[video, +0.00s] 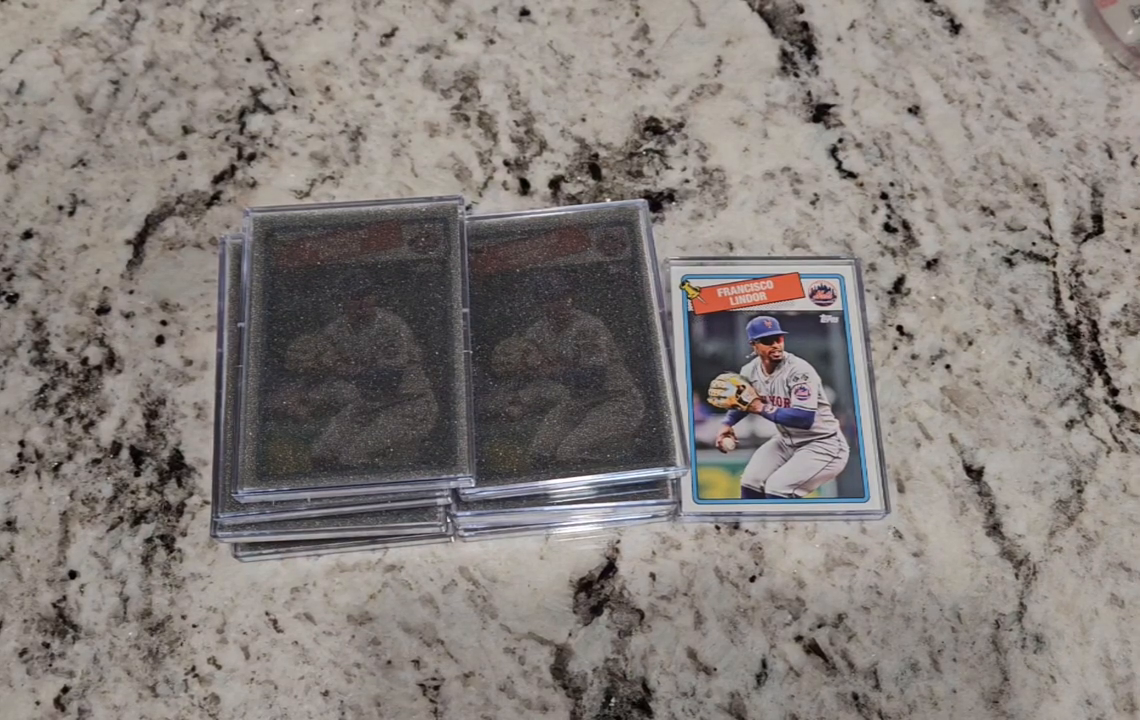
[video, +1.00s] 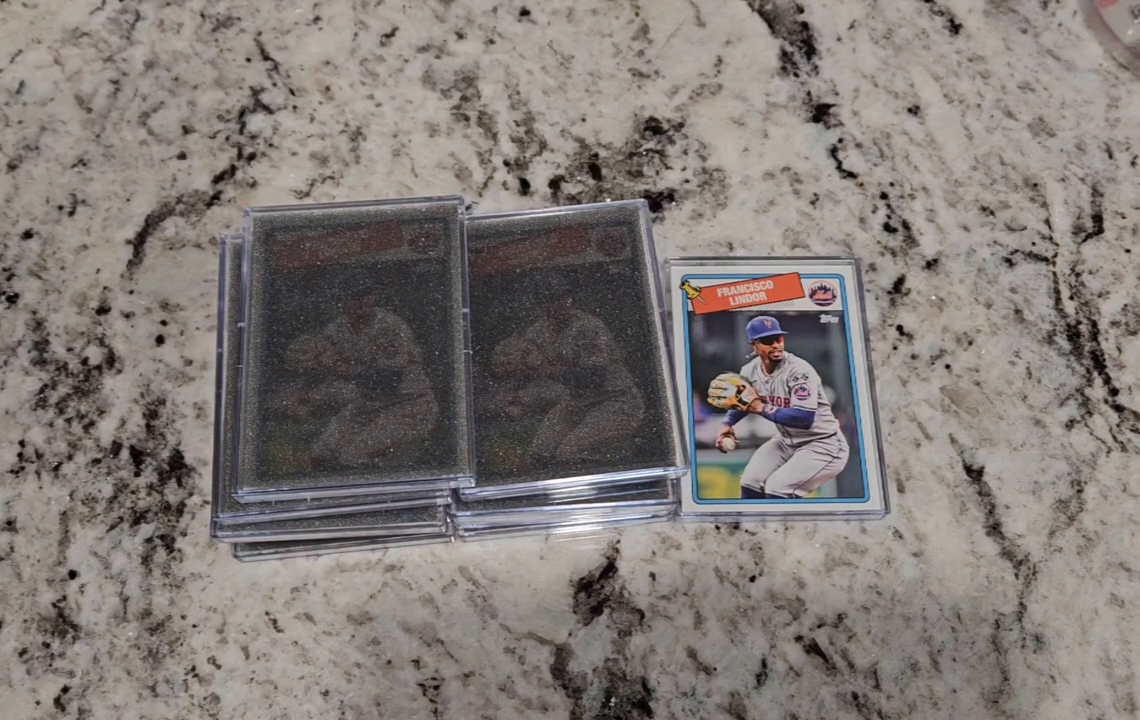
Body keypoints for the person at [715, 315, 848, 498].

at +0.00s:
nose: (776, 346)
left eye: (778, 339)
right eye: (767, 342)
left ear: (783, 339)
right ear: (754, 346)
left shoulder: (801, 371)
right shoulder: (749, 372)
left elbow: (804, 419)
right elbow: (743, 403)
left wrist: (761, 407)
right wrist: (726, 425)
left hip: (824, 446)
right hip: (786, 443)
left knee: (777, 488)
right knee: (751, 483)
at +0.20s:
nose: (776, 346)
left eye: (778, 339)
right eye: (768, 342)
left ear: (783, 339)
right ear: (754, 346)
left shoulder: (801, 371)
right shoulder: (749, 372)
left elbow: (804, 419)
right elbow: (743, 403)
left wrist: (760, 407)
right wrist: (726, 425)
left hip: (824, 446)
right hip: (786, 443)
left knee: (777, 488)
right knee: (750, 483)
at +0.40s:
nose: (776, 346)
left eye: (778, 339)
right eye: (767, 342)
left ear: (783, 339)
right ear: (754, 346)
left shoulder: (801, 371)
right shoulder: (749, 372)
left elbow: (804, 419)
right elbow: (743, 403)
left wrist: (760, 407)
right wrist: (726, 425)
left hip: (824, 446)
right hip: (786, 443)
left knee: (777, 487)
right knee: (751, 483)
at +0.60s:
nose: (776, 346)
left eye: (778, 339)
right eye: (767, 342)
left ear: (783, 339)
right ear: (754, 346)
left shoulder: (801, 371)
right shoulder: (749, 372)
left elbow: (804, 419)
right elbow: (743, 403)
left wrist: (760, 407)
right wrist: (726, 424)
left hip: (824, 446)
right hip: (786, 443)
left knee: (777, 487)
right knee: (751, 482)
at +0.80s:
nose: (776, 346)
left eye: (778, 339)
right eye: (768, 342)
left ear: (783, 339)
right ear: (754, 346)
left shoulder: (801, 371)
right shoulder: (749, 372)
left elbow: (804, 419)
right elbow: (743, 402)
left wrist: (760, 407)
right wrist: (726, 424)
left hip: (824, 446)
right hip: (786, 443)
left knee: (777, 487)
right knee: (751, 483)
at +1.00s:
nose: (776, 346)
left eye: (778, 339)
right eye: (768, 342)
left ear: (783, 339)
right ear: (754, 346)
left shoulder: (801, 371)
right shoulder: (749, 372)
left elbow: (804, 419)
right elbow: (743, 402)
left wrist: (760, 407)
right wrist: (726, 424)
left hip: (824, 445)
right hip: (786, 443)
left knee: (777, 487)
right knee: (751, 483)